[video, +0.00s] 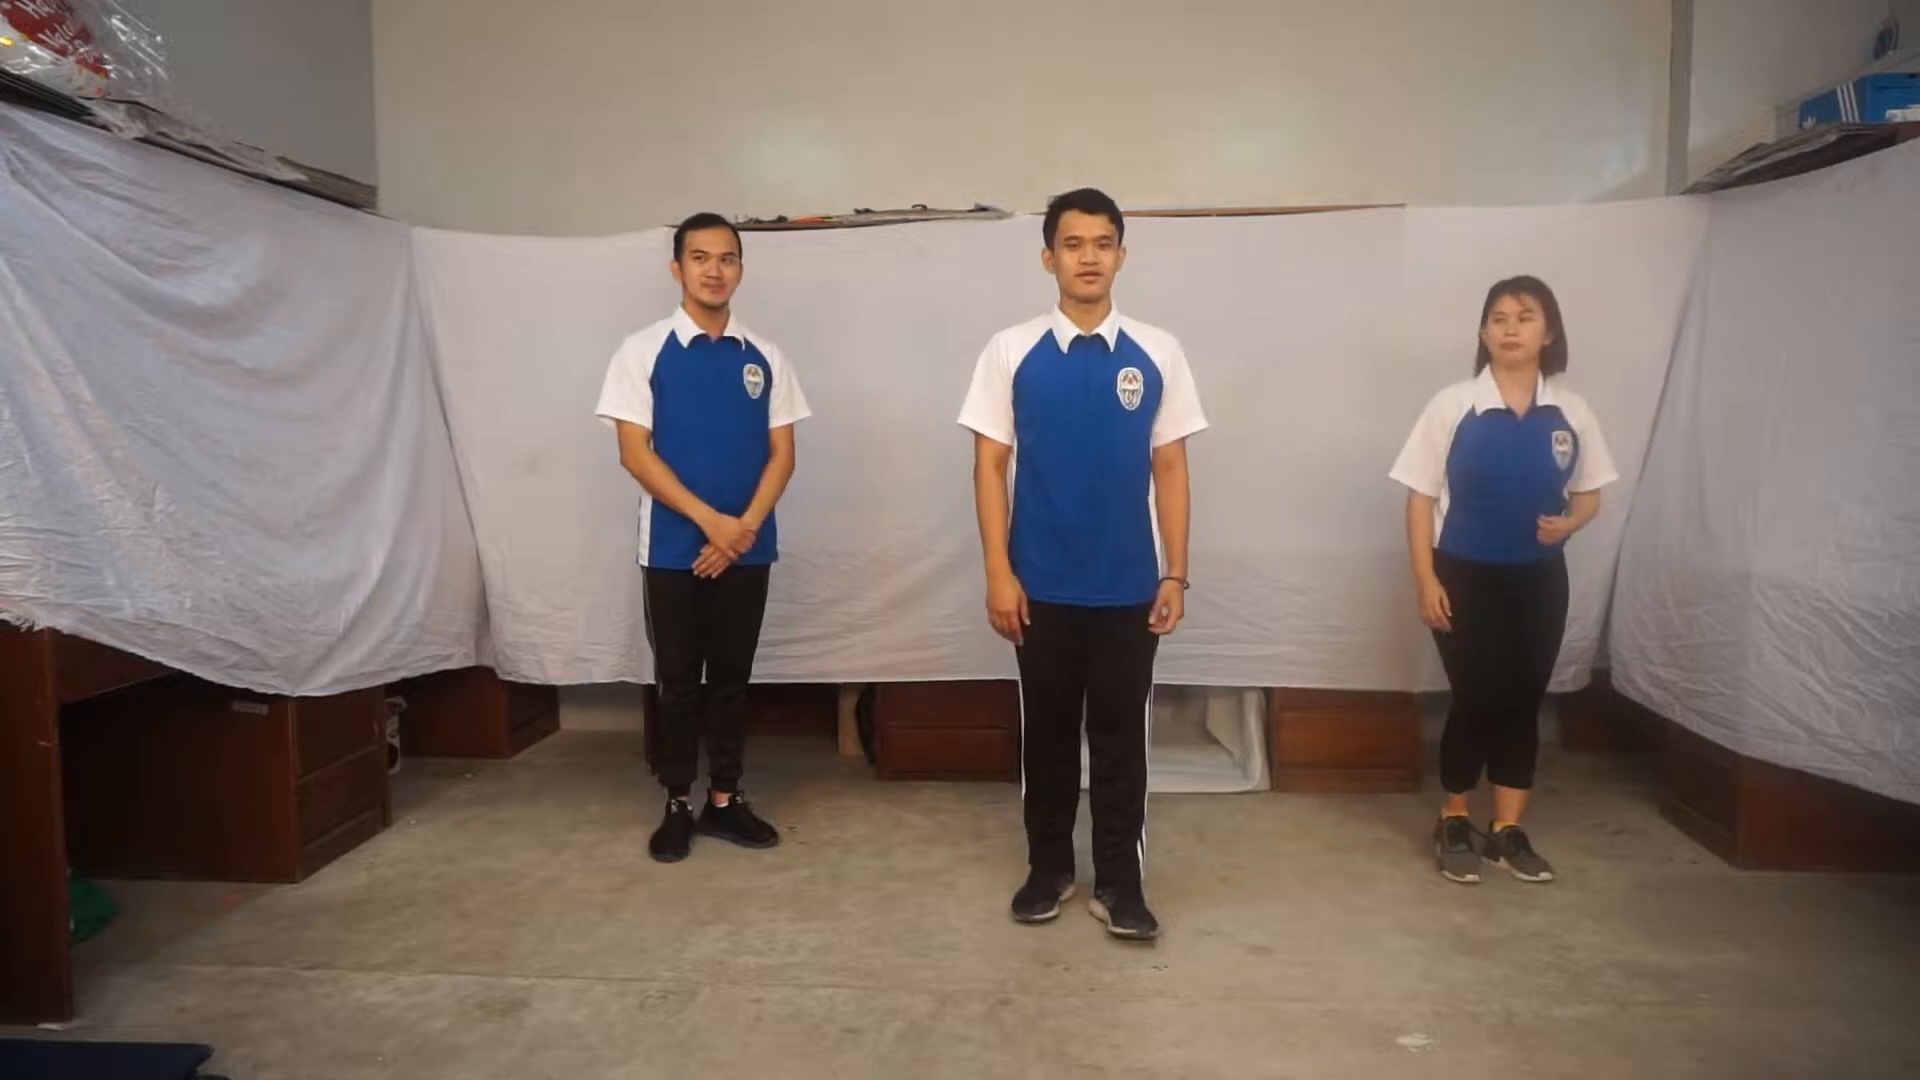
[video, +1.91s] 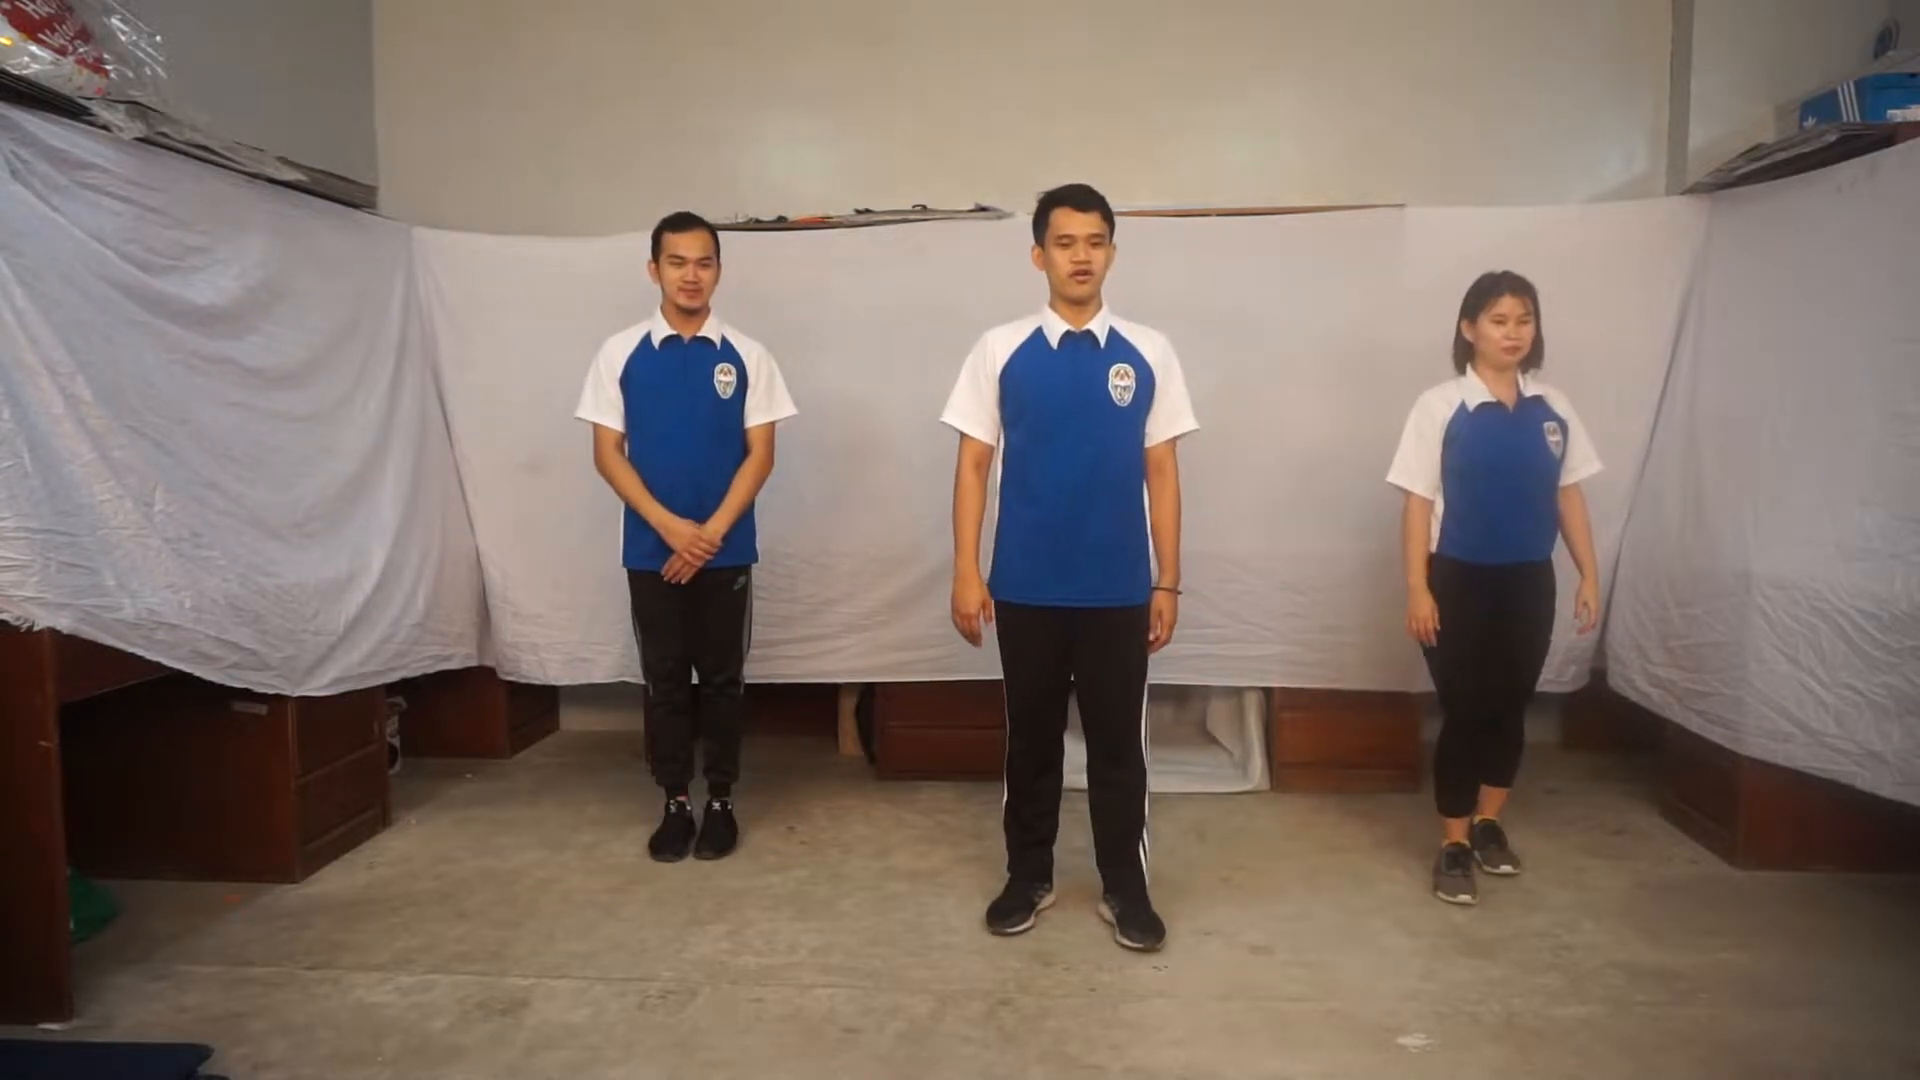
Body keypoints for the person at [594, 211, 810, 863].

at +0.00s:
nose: (717, 269)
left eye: (728, 259)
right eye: (702, 258)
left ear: (740, 270)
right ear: (678, 269)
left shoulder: (765, 356)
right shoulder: (642, 351)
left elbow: (783, 455)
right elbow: (634, 454)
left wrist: (738, 535)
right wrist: (710, 518)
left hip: (747, 552)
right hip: (673, 553)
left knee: (731, 682)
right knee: (678, 684)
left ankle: (725, 801)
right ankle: (678, 805)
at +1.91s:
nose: (693, 274)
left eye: (704, 263)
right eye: (678, 263)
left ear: (718, 270)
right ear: (655, 271)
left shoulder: (747, 357)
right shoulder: (620, 353)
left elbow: (761, 457)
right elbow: (607, 454)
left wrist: (708, 538)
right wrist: (665, 522)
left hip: (726, 554)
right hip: (653, 555)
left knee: (721, 684)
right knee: (665, 686)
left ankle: (720, 802)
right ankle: (676, 804)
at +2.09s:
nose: (694, 272)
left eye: (705, 261)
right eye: (680, 260)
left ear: (718, 271)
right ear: (657, 270)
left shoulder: (748, 356)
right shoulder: (620, 354)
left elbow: (762, 457)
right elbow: (609, 455)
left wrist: (712, 540)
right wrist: (673, 523)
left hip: (727, 555)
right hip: (654, 556)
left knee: (722, 684)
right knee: (666, 687)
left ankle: (720, 802)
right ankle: (676, 804)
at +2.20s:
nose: (693, 270)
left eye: (705, 259)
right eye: (679, 259)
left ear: (718, 269)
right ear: (657, 269)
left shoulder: (749, 357)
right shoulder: (621, 354)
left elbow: (763, 458)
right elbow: (609, 455)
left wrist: (713, 540)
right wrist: (675, 522)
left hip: (727, 555)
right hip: (654, 556)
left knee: (722, 684)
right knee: (666, 687)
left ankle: (720, 803)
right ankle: (676, 804)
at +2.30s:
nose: (693, 269)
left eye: (705, 258)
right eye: (679, 258)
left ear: (718, 269)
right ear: (657, 269)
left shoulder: (750, 357)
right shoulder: (621, 354)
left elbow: (763, 458)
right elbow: (610, 456)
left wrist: (712, 541)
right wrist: (675, 523)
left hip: (727, 556)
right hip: (654, 557)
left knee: (723, 685)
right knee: (666, 687)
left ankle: (720, 802)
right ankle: (675, 804)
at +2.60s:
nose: (691, 268)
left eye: (704, 257)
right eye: (678, 257)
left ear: (720, 269)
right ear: (659, 267)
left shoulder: (750, 358)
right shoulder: (623, 352)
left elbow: (761, 459)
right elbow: (608, 453)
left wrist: (706, 542)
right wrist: (667, 521)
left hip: (726, 556)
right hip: (653, 556)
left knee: (722, 685)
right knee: (666, 687)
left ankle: (720, 802)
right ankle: (676, 804)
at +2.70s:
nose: (690, 268)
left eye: (703, 257)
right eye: (677, 256)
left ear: (720, 269)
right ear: (659, 267)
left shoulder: (750, 358)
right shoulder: (623, 352)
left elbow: (761, 459)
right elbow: (607, 453)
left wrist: (705, 541)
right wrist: (665, 521)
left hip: (725, 556)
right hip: (653, 555)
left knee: (722, 684)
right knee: (666, 687)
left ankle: (720, 802)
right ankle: (675, 804)